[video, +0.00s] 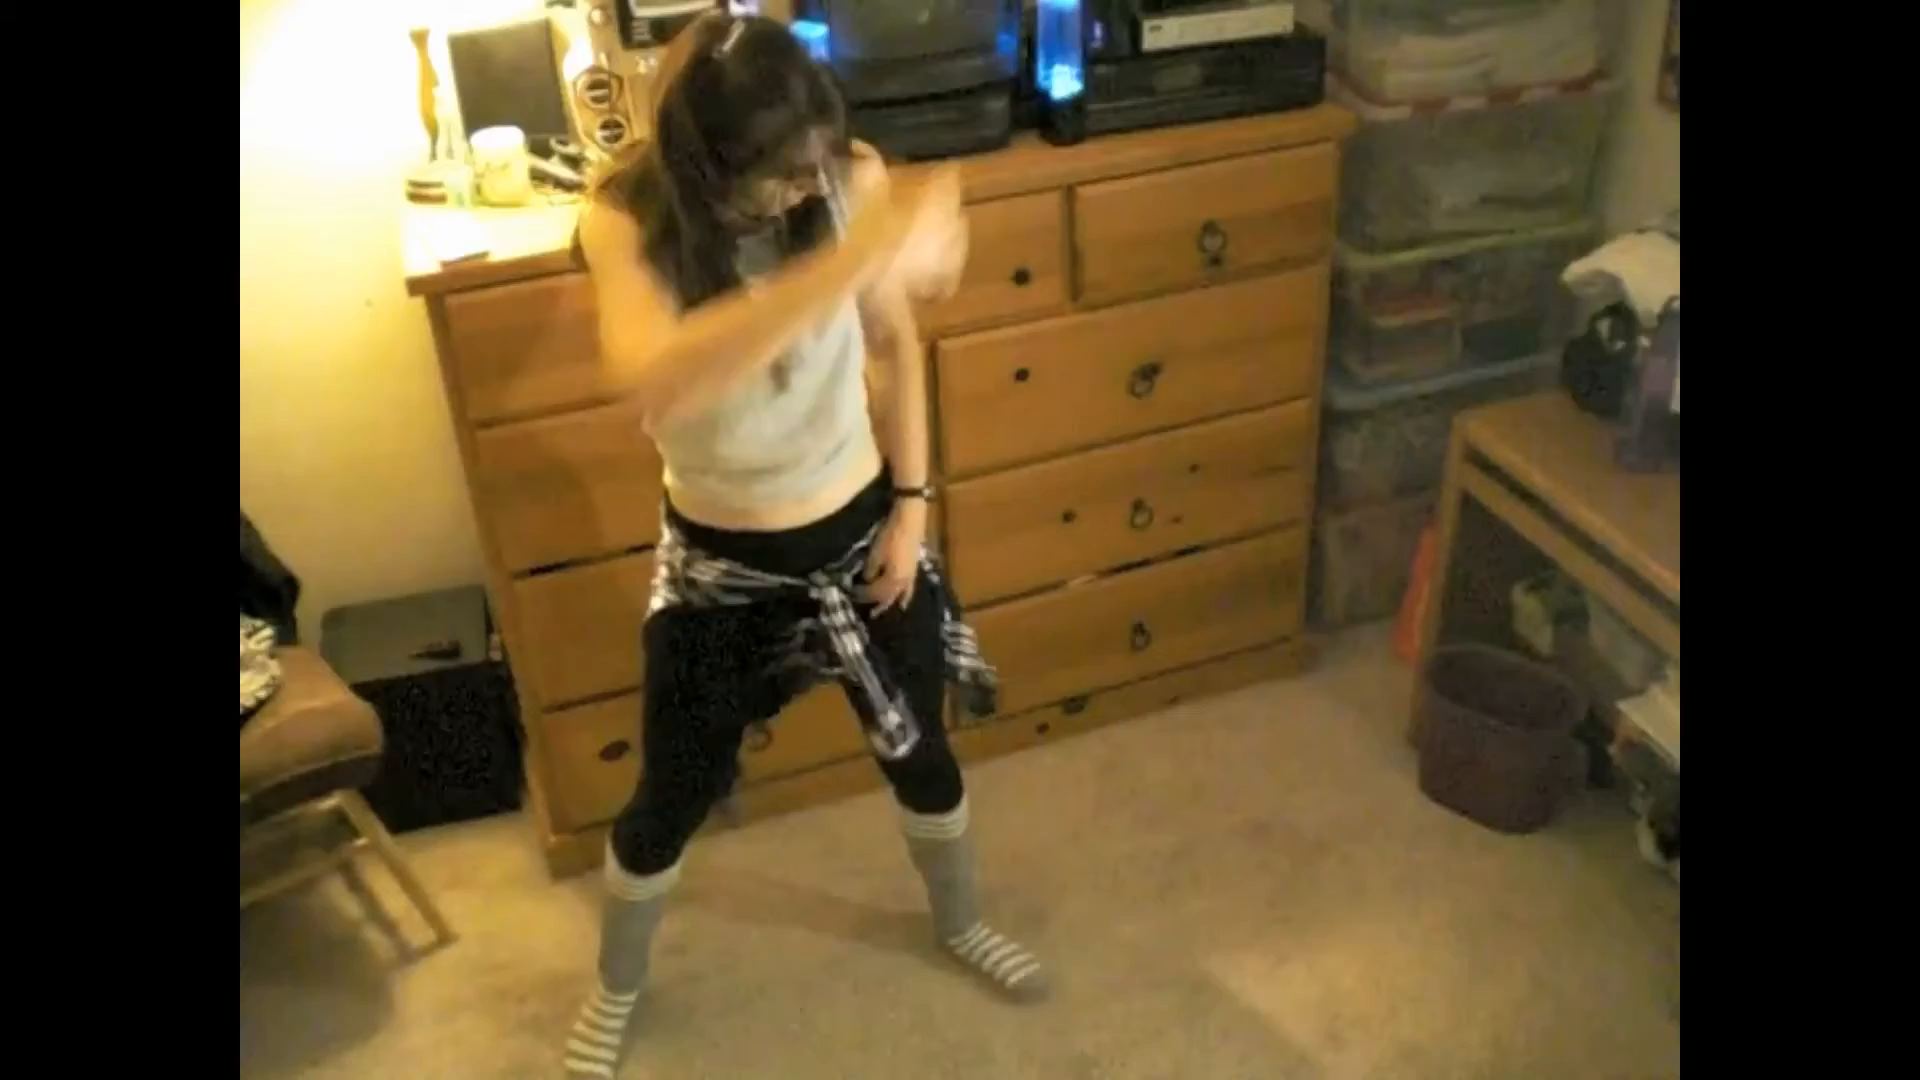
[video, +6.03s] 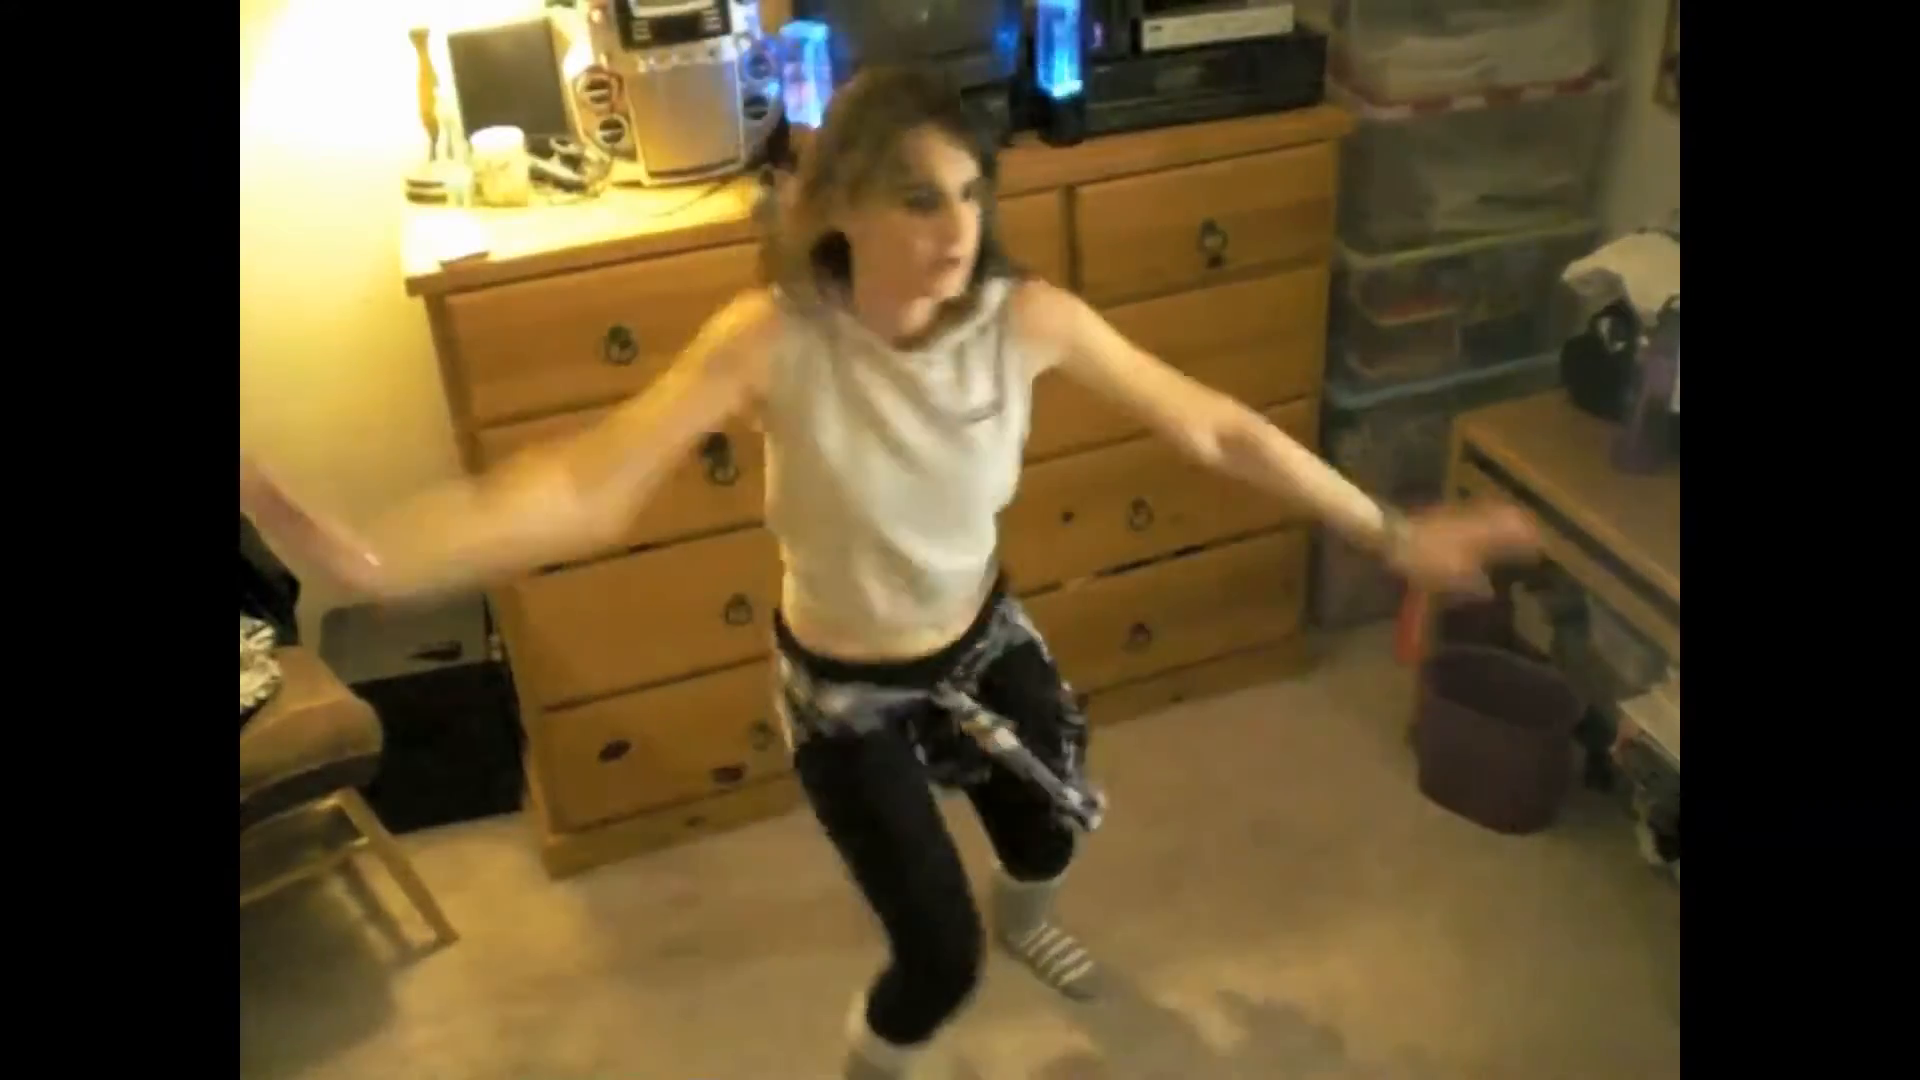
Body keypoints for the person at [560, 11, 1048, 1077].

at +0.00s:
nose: (803, 193)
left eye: (817, 170)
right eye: (778, 179)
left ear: (832, 131)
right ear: (708, 163)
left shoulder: (850, 181)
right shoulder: (625, 217)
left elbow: (894, 343)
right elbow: (653, 383)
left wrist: (911, 503)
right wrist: (861, 258)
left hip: (860, 530)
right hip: (716, 557)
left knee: (921, 752)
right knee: (670, 797)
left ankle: (961, 927)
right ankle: (615, 991)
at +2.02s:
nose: (795, 228)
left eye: (800, 200)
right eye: (761, 211)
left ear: (812, 189)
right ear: (685, 220)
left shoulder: (852, 271)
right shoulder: (662, 325)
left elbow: (914, 406)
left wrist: (910, 574)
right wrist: (594, 240)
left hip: (859, 627)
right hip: (716, 646)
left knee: (1026, 810)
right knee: (693, 903)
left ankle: (1001, 920)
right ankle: (618, 1003)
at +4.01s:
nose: (882, 227)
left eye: (900, 195)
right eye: (848, 201)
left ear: (926, 199)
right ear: (795, 211)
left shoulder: (942, 322)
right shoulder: (737, 287)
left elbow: (944, 465)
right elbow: (682, 470)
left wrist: (937, 579)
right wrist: (718, 644)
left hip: (898, 622)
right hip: (760, 641)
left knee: (977, 806)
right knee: (641, 865)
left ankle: (1008, 928)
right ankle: (600, 1012)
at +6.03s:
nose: (948, 231)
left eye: (964, 199)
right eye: (911, 204)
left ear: (988, 204)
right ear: (835, 219)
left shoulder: (1034, 322)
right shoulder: (766, 343)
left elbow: (1222, 436)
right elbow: (593, 483)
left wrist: (1391, 535)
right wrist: (384, 558)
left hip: (985, 646)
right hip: (842, 685)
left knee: (1056, 823)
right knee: (946, 954)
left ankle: (1025, 923)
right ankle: (880, 1052)